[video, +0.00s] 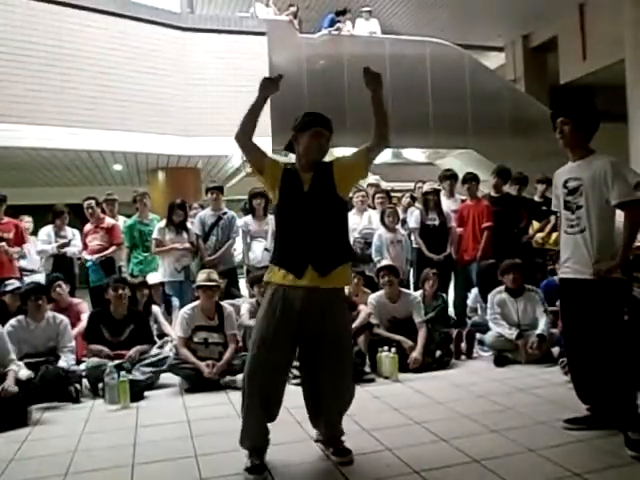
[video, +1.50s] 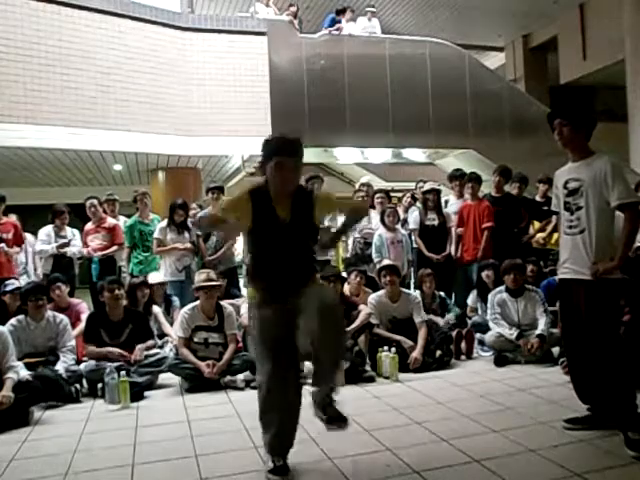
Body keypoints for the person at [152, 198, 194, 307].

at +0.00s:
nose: (178, 218)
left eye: (181, 215)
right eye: (176, 214)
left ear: (185, 215)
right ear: (170, 214)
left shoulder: (187, 229)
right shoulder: (161, 228)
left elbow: (195, 248)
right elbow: (155, 249)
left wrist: (188, 247)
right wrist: (173, 247)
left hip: (186, 269)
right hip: (169, 271)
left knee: (187, 303)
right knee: (175, 304)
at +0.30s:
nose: (178, 218)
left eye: (181, 215)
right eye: (176, 214)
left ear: (185, 215)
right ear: (171, 214)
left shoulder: (187, 228)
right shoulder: (161, 228)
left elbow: (195, 247)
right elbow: (155, 250)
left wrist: (188, 247)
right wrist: (173, 247)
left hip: (186, 270)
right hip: (169, 271)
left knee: (188, 304)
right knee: (174, 305)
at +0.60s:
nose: (178, 218)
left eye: (181, 215)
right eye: (176, 214)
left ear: (185, 215)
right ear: (171, 214)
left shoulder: (187, 228)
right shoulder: (162, 227)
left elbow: (195, 247)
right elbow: (155, 249)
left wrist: (189, 247)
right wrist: (174, 247)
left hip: (186, 269)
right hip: (169, 271)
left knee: (187, 304)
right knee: (174, 305)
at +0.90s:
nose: (179, 218)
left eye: (182, 215)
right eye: (176, 214)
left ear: (185, 215)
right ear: (171, 214)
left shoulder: (188, 228)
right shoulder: (162, 227)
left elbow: (195, 247)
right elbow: (156, 249)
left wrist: (189, 246)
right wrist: (174, 247)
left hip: (186, 269)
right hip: (169, 271)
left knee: (187, 304)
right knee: (174, 305)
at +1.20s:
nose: (179, 218)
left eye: (182, 215)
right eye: (177, 214)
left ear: (186, 215)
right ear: (171, 214)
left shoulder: (188, 228)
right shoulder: (162, 228)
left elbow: (195, 247)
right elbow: (156, 249)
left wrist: (189, 247)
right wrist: (174, 247)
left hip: (186, 269)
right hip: (169, 271)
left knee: (188, 304)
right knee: (174, 305)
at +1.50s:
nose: (179, 218)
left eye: (182, 215)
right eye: (177, 215)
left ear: (186, 215)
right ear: (172, 213)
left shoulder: (189, 227)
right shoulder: (163, 227)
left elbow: (196, 247)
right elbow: (156, 249)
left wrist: (188, 247)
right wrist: (174, 247)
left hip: (188, 269)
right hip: (171, 270)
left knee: (188, 304)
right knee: (175, 305)